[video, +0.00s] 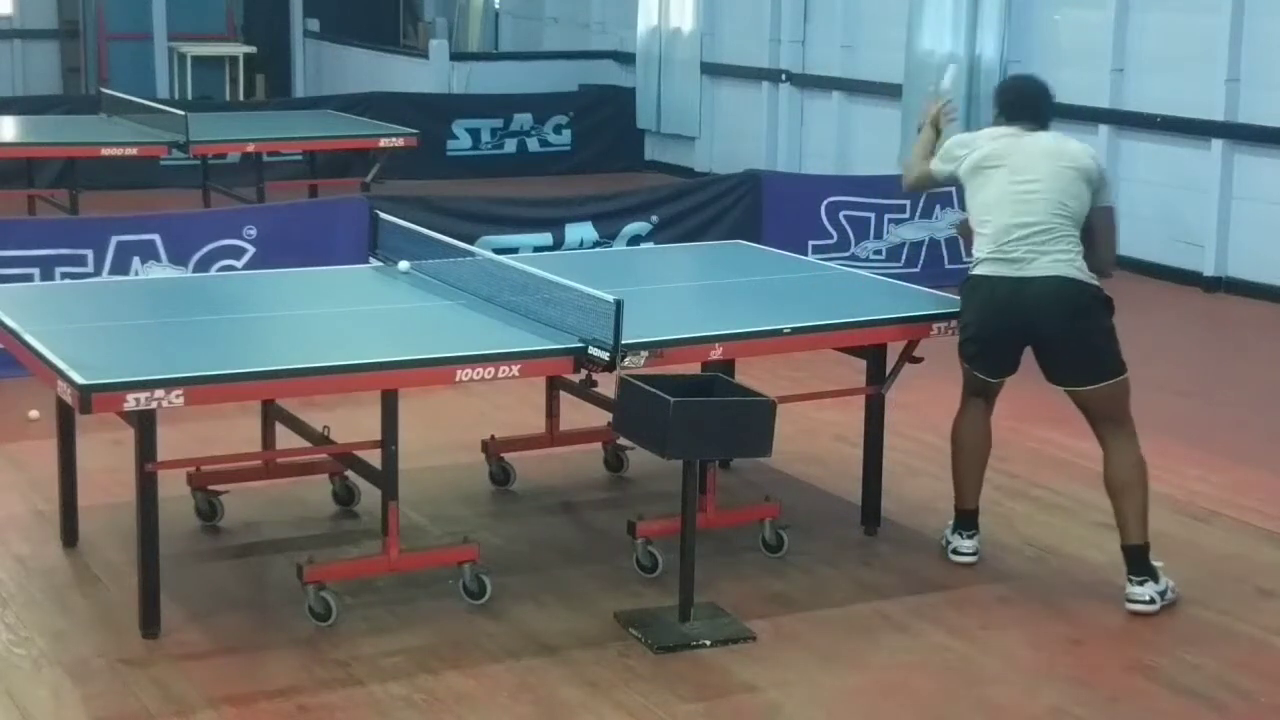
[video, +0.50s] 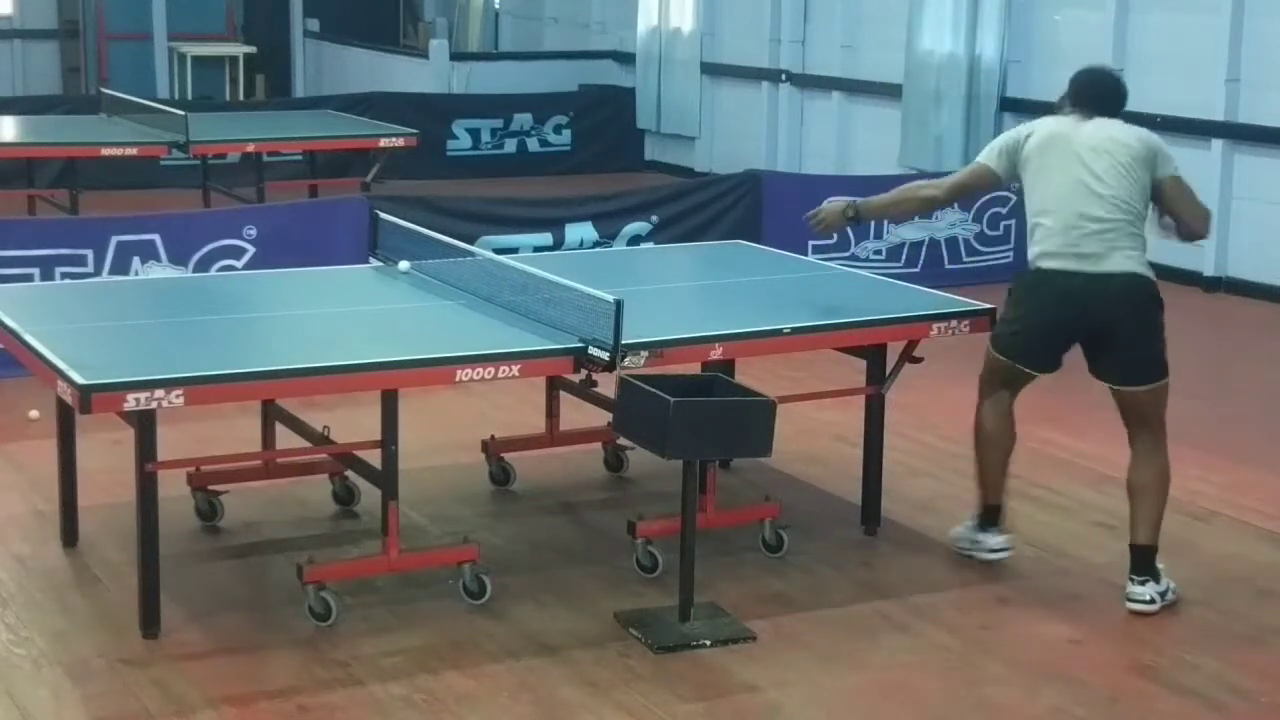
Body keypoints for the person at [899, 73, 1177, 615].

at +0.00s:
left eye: (1001, 108)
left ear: (999, 114)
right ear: (1050, 116)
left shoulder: (972, 147)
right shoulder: (1083, 157)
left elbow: (913, 179)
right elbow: (1103, 262)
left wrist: (929, 131)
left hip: (991, 296)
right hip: (1068, 300)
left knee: (976, 401)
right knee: (1116, 431)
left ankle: (964, 531)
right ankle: (1141, 577)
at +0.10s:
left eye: (1020, 100)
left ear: (1021, 104)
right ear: (1075, 111)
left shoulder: (990, 140)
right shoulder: (1103, 157)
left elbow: (913, 163)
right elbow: (1121, 260)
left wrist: (923, 134)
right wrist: (1071, 245)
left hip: (996, 293)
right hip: (1074, 300)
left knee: (979, 399)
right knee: (1119, 431)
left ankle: (964, 531)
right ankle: (1141, 578)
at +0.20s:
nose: (1044, 99)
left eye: (1048, 92)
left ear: (1051, 97)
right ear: (1104, 106)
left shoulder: (1013, 134)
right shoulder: (1127, 153)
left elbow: (919, 175)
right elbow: (1151, 240)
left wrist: (896, 167)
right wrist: (1098, 250)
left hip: (1005, 289)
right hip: (1082, 296)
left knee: (985, 396)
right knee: (1124, 427)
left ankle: (964, 530)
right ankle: (1141, 577)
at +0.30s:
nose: (1059, 95)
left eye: (1062, 87)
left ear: (1065, 94)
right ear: (1119, 103)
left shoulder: (1025, 132)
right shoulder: (1139, 145)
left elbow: (931, 184)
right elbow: (1168, 224)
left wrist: (868, 192)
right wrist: (1127, 250)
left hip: (1019, 286)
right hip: (1095, 296)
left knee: (991, 396)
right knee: (1132, 428)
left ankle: (965, 529)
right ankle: (1142, 577)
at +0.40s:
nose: (1062, 95)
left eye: (1066, 88)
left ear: (1068, 93)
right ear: (1122, 102)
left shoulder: (1030, 131)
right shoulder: (1145, 141)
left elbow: (938, 189)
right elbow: (1182, 221)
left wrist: (856, 206)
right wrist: (1148, 247)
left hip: (1036, 286)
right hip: (1115, 294)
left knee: (998, 397)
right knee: (1142, 429)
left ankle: (970, 529)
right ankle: (1142, 578)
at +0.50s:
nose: (1062, 107)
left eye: (1065, 100)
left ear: (1066, 102)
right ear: (1120, 110)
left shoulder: (1030, 136)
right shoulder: (1143, 143)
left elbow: (941, 193)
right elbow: (1196, 226)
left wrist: (854, 209)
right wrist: (1168, 208)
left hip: (1047, 291)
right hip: (1127, 298)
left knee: (997, 393)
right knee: (1147, 432)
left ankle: (989, 526)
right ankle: (1144, 576)